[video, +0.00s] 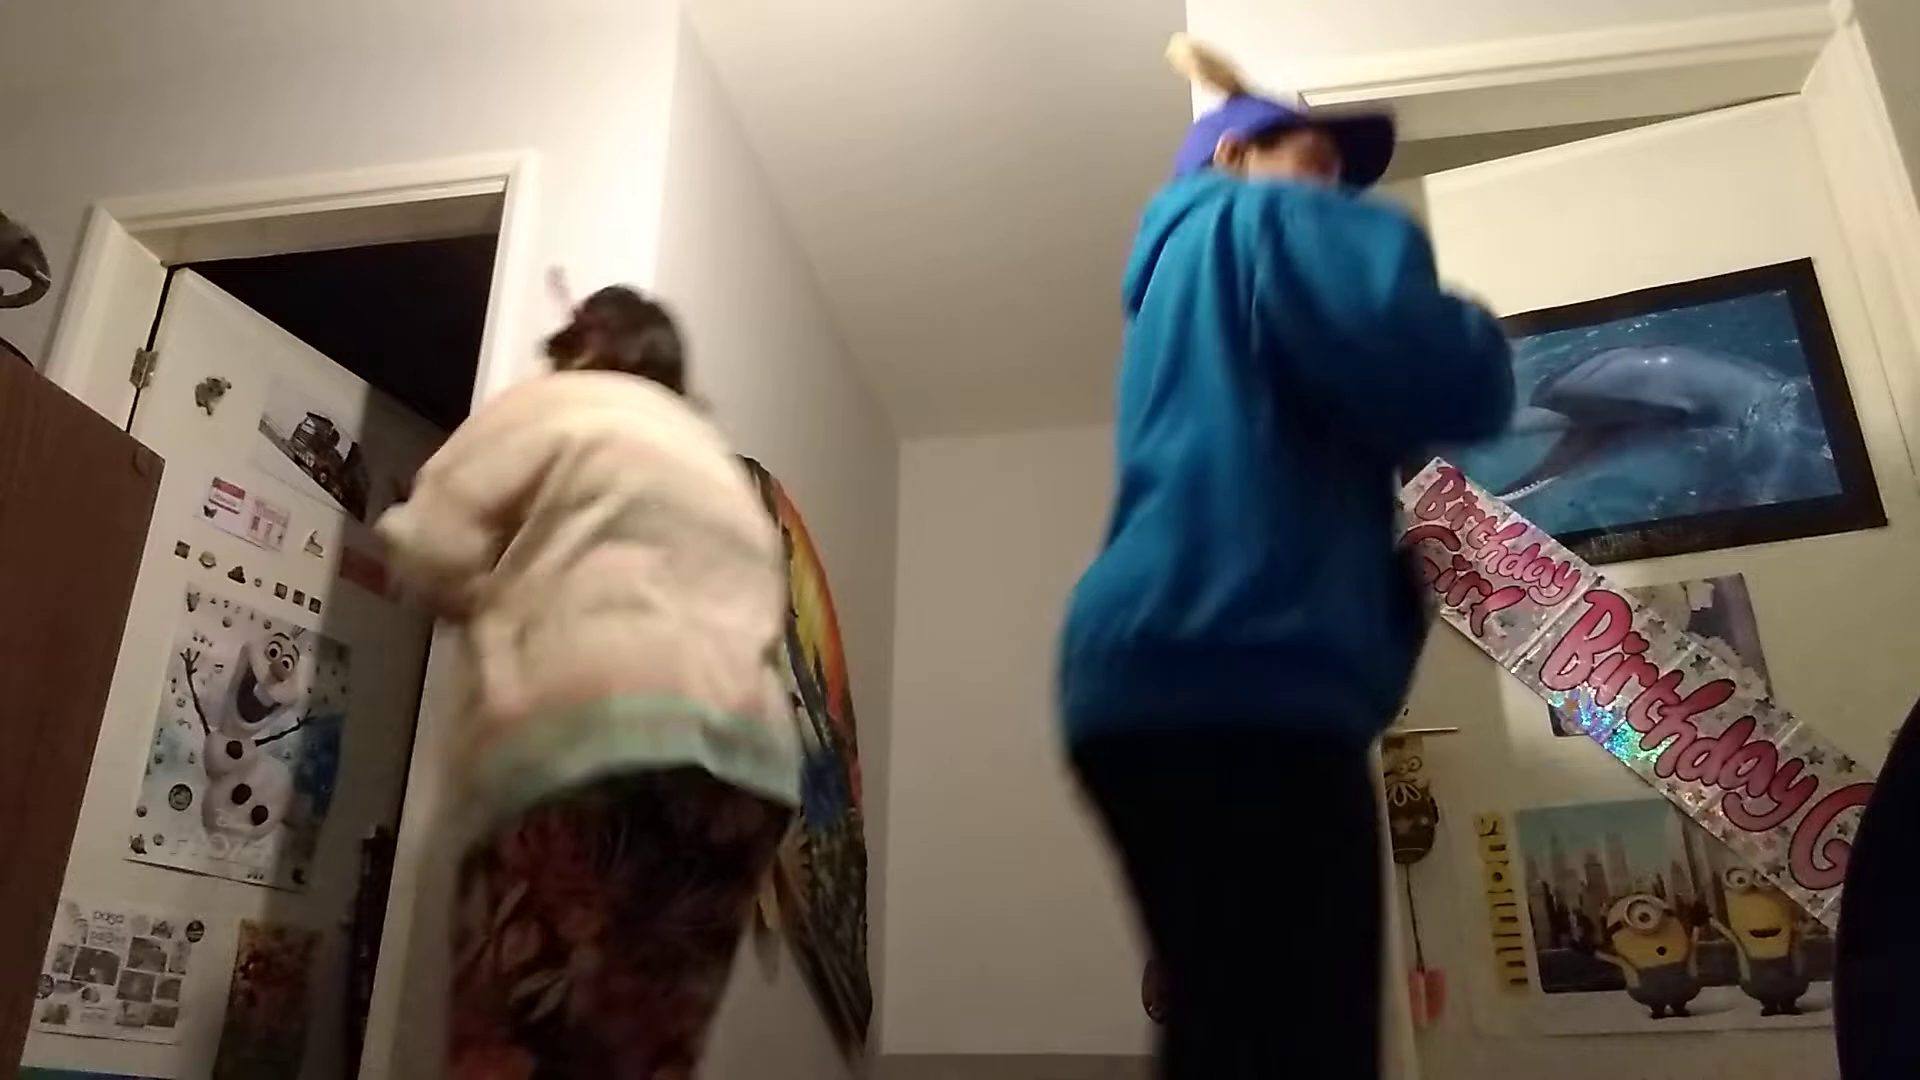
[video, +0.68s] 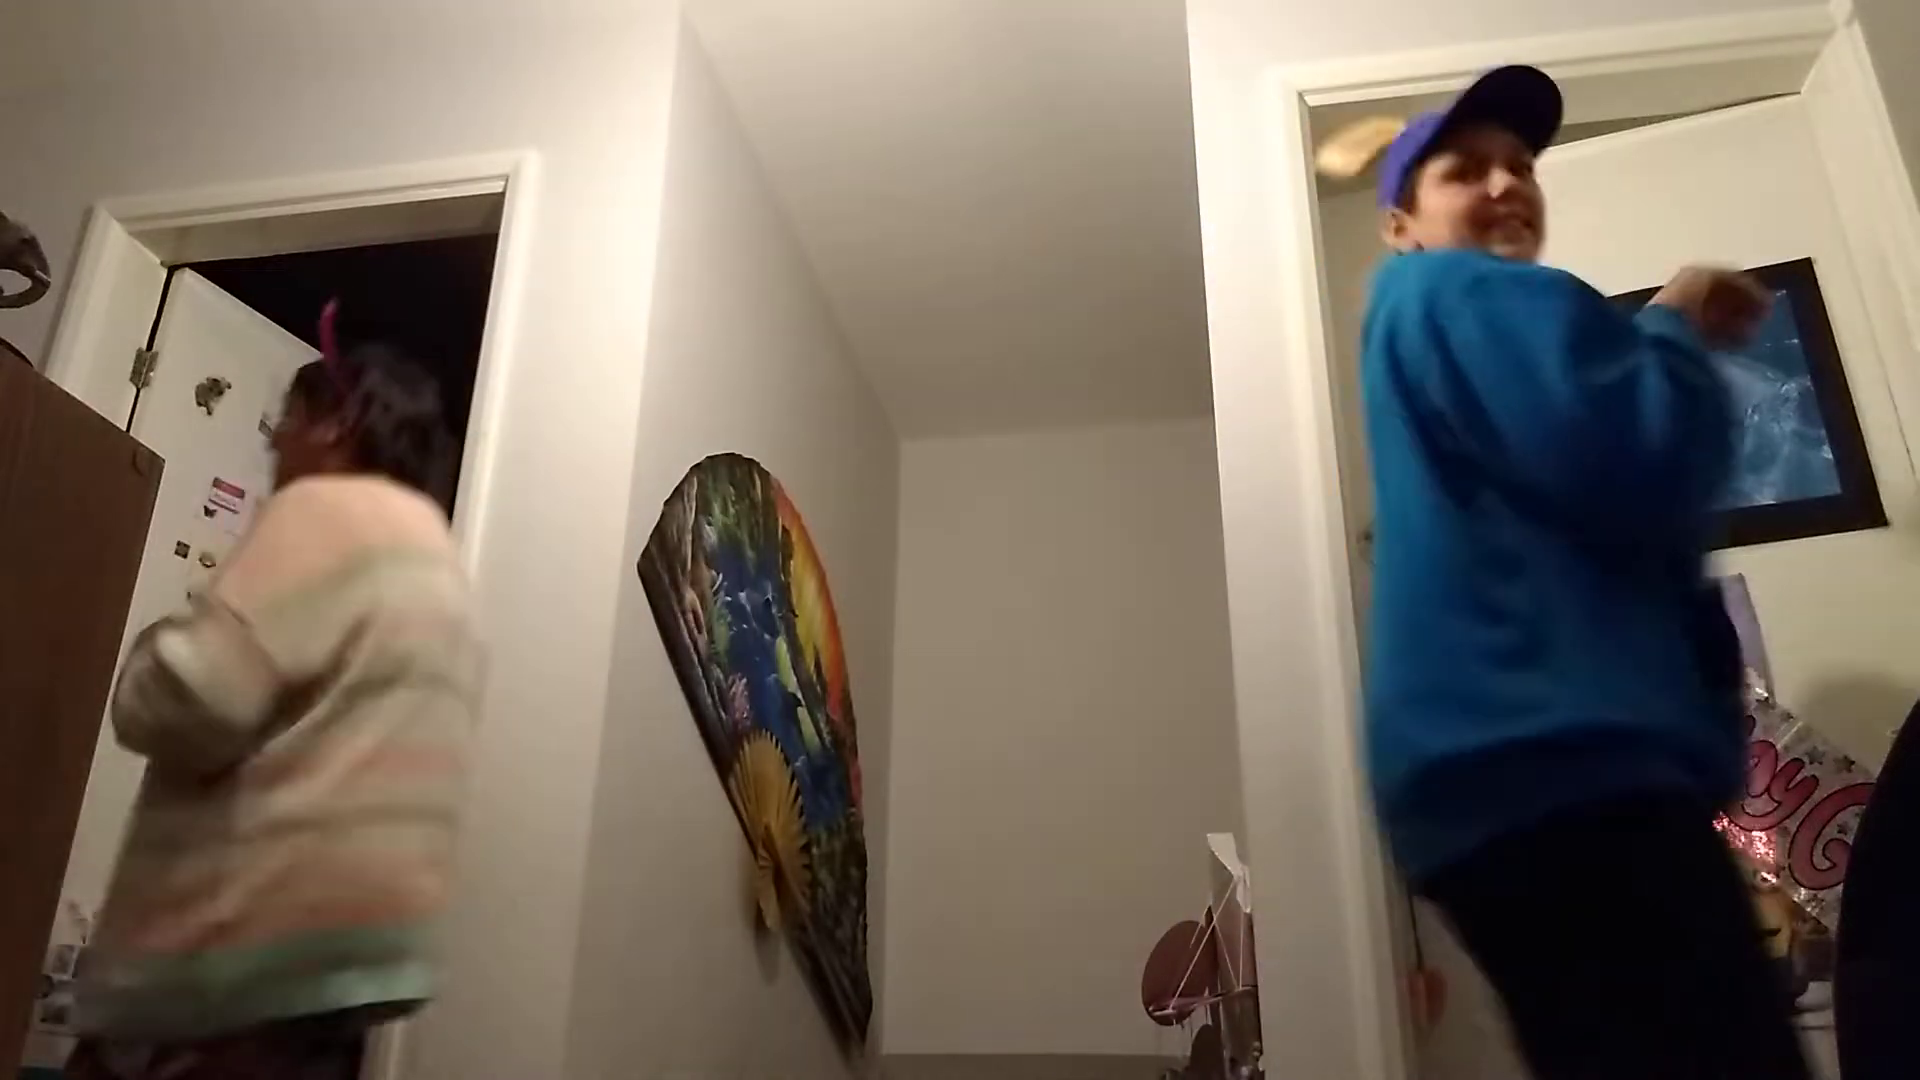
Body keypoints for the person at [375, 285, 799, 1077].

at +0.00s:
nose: (557, 358)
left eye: (566, 347)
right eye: (563, 348)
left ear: (591, 341)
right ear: (672, 365)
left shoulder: (552, 399)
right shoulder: (722, 459)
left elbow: (429, 549)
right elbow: (764, 619)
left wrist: (488, 594)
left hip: (578, 754)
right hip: (751, 775)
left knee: (515, 1032)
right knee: (660, 1046)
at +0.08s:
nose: (513, 401)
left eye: (522, 387)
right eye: (521, 387)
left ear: (544, 383)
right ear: (636, 407)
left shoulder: (510, 447)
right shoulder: (690, 507)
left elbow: (394, 610)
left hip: (549, 811)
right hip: (717, 824)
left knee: (469, 1054)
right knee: (621, 1062)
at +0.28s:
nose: (454, 412)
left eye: (464, 397)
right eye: (462, 398)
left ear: (485, 401)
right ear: (576, 432)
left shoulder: (455, 468)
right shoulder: (605, 527)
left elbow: (345, 626)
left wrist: (362, 718)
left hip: (445, 854)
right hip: (591, 860)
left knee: (425, 1057)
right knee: (529, 1058)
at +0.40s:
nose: (433, 340)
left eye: (446, 323)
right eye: (439, 325)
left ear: (480, 322)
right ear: (550, 352)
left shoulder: (440, 383)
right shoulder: (590, 449)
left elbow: (299, 524)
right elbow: (576, 630)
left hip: (391, 757)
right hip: (534, 781)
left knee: (313, 1014)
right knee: (447, 1021)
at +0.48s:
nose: (391, 322)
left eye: (408, 307)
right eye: (402, 305)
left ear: (438, 314)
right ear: (505, 343)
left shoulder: (393, 376)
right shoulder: (534, 442)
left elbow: (277, 531)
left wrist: (246, 521)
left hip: (374, 747)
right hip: (509, 774)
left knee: (275, 1019)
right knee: (363, 1026)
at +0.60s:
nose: (319, 385)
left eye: (335, 360)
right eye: (327, 361)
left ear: (368, 364)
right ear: (449, 392)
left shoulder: (336, 459)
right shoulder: (466, 502)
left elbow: (213, 622)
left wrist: (229, 717)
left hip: (304, 851)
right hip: (436, 856)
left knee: (202, 1060)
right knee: (309, 1060)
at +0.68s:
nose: (274, 440)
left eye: (286, 421)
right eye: (278, 423)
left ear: (337, 426)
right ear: (397, 440)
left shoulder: (323, 510)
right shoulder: (432, 543)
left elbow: (199, 698)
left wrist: (155, 648)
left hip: (235, 949)